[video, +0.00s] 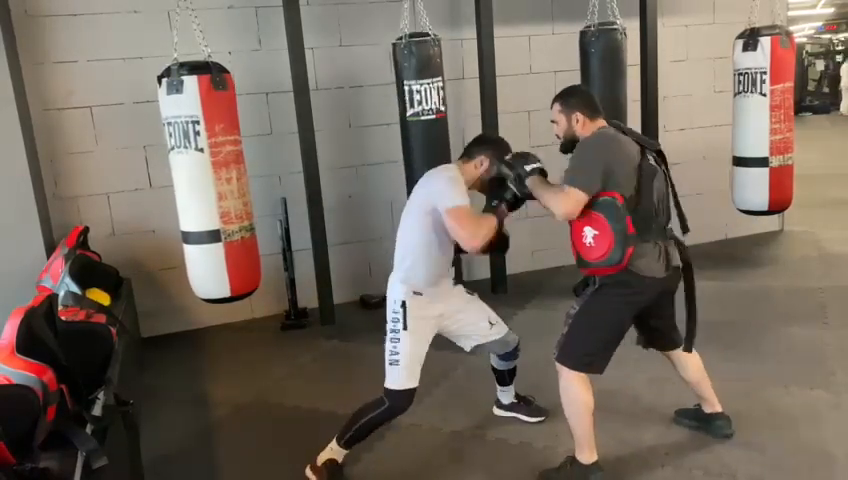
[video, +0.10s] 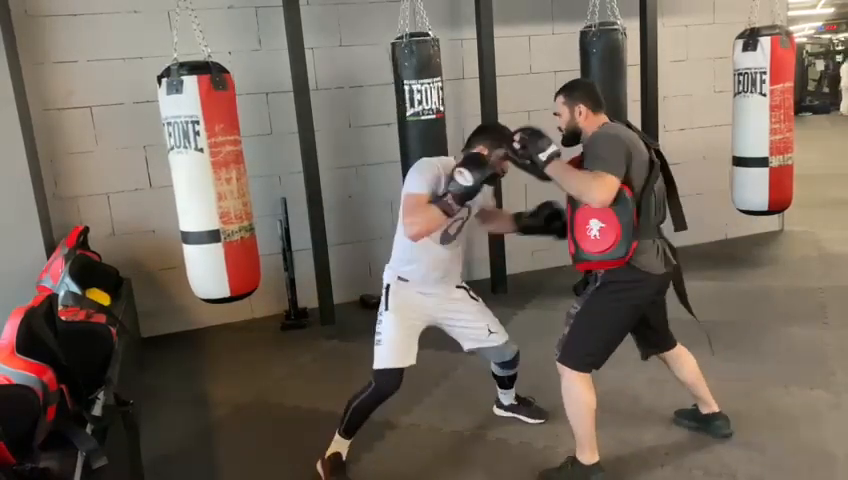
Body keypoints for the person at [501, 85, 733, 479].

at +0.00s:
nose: (555, 131)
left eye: (557, 122)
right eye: (554, 123)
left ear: (579, 118)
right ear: (592, 116)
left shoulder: (593, 147)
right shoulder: (626, 139)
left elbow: (567, 207)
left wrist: (532, 178)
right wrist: (543, 189)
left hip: (628, 274)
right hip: (662, 265)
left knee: (570, 362)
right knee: (671, 341)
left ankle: (585, 461)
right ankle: (715, 413)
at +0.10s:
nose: (559, 122)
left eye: (560, 114)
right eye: (557, 115)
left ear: (582, 111)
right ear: (594, 109)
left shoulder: (606, 138)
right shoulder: (624, 135)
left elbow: (599, 192)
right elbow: (607, 207)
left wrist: (547, 160)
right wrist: (566, 216)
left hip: (627, 272)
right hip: (651, 263)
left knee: (572, 363)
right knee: (665, 344)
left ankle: (586, 461)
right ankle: (711, 413)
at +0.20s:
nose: (562, 122)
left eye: (563, 113)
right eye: (559, 115)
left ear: (586, 108)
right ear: (590, 109)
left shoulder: (621, 140)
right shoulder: (604, 144)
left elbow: (625, 194)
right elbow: (609, 205)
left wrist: (570, 162)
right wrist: (567, 214)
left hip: (626, 274)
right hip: (642, 267)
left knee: (577, 367)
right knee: (662, 344)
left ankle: (588, 462)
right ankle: (709, 412)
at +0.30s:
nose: (565, 118)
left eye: (568, 109)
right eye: (563, 110)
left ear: (593, 106)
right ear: (596, 107)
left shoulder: (623, 141)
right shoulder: (609, 142)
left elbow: (640, 197)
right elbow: (613, 205)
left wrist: (576, 179)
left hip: (627, 274)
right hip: (648, 268)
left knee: (585, 370)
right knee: (672, 344)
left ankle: (589, 463)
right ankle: (714, 413)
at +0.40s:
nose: (576, 110)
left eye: (580, 102)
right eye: (576, 103)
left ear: (604, 100)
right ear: (611, 100)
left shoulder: (621, 133)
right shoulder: (640, 127)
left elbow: (610, 191)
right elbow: (637, 205)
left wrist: (555, 159)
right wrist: (593, 245)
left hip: (634, 268)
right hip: (667, 259)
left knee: (595, 368)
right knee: (676, 343)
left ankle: (592, 464)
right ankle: (715, 413)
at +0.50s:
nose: (591, 110)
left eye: (596, 102)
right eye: (591, 102)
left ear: (620, 101)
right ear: (628, 103)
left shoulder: (630, 137)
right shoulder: (655, 132)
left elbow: (601, 197)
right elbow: (651, 201)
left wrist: (552, 155)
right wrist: (596, 222)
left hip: (642, 272)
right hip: (674, 265)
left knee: (596, 366)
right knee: (669, 344)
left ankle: (592, 464)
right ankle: (715, 415)